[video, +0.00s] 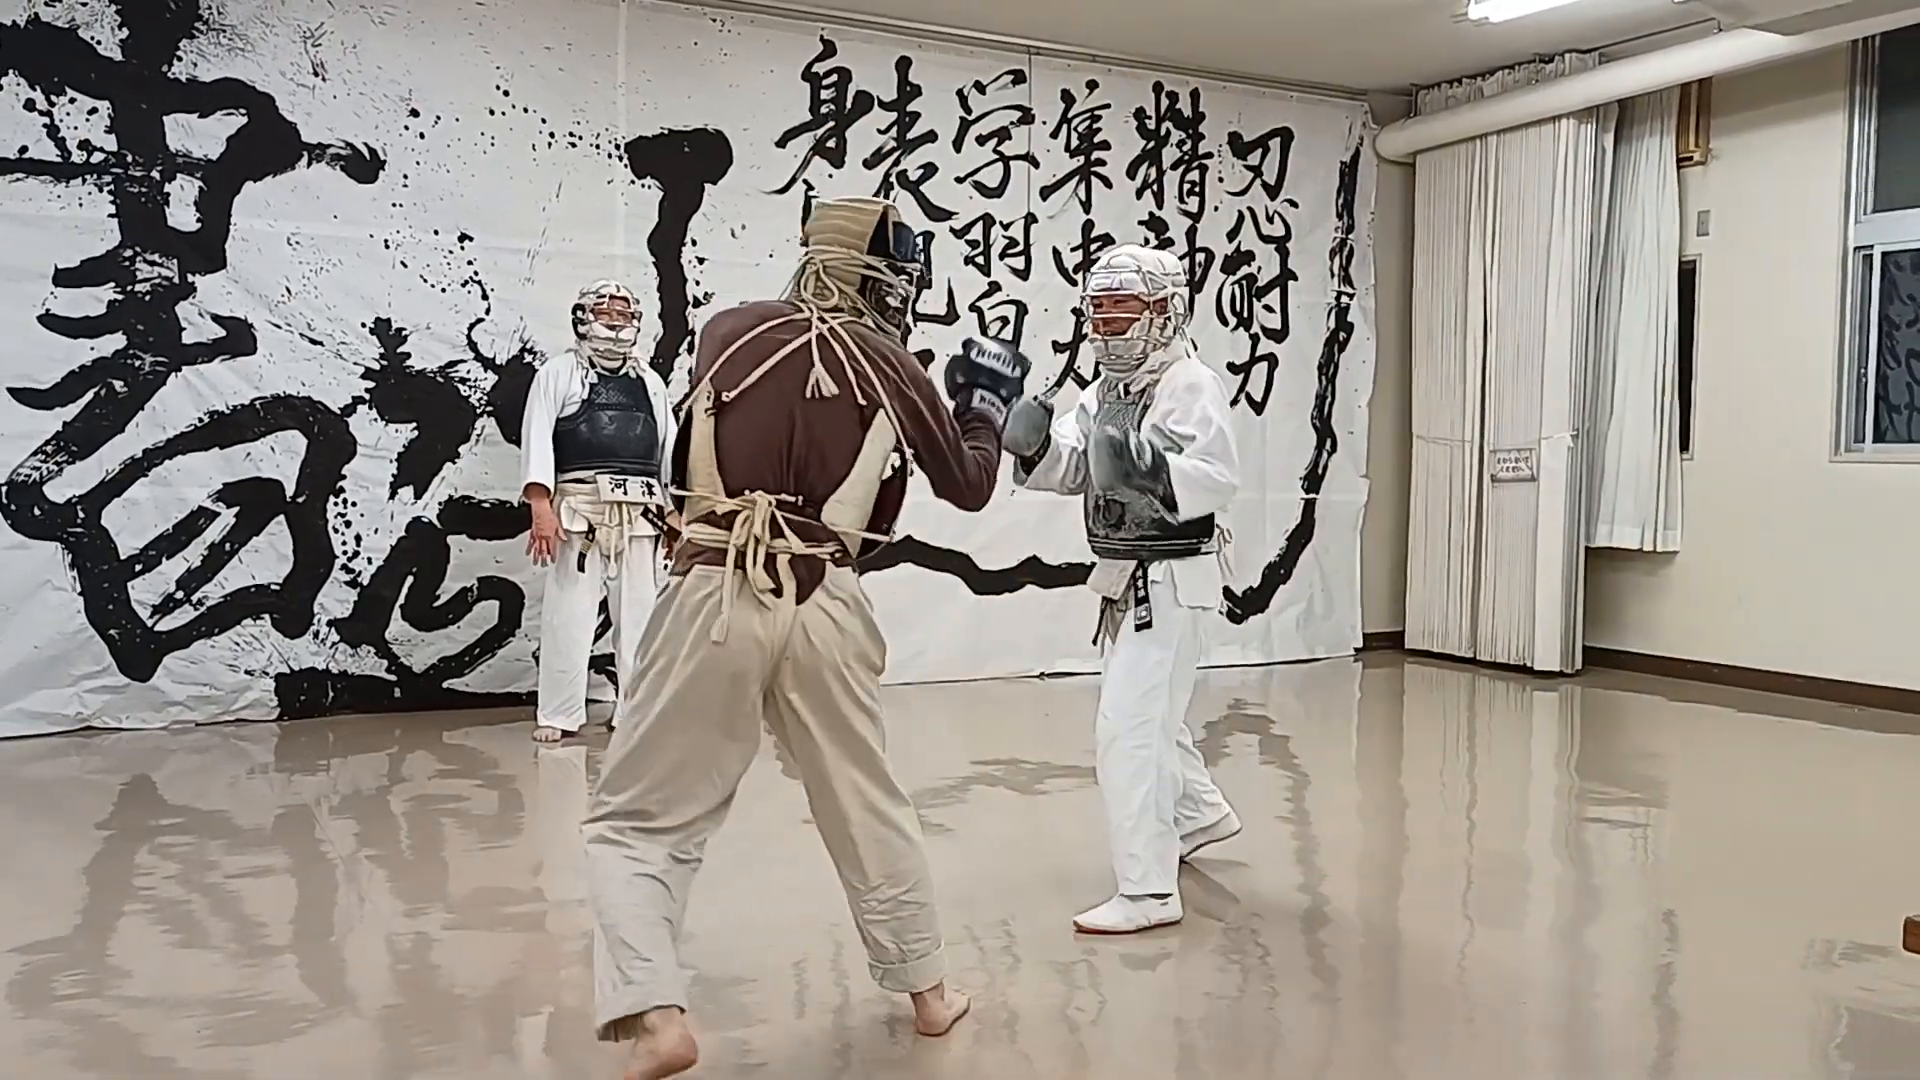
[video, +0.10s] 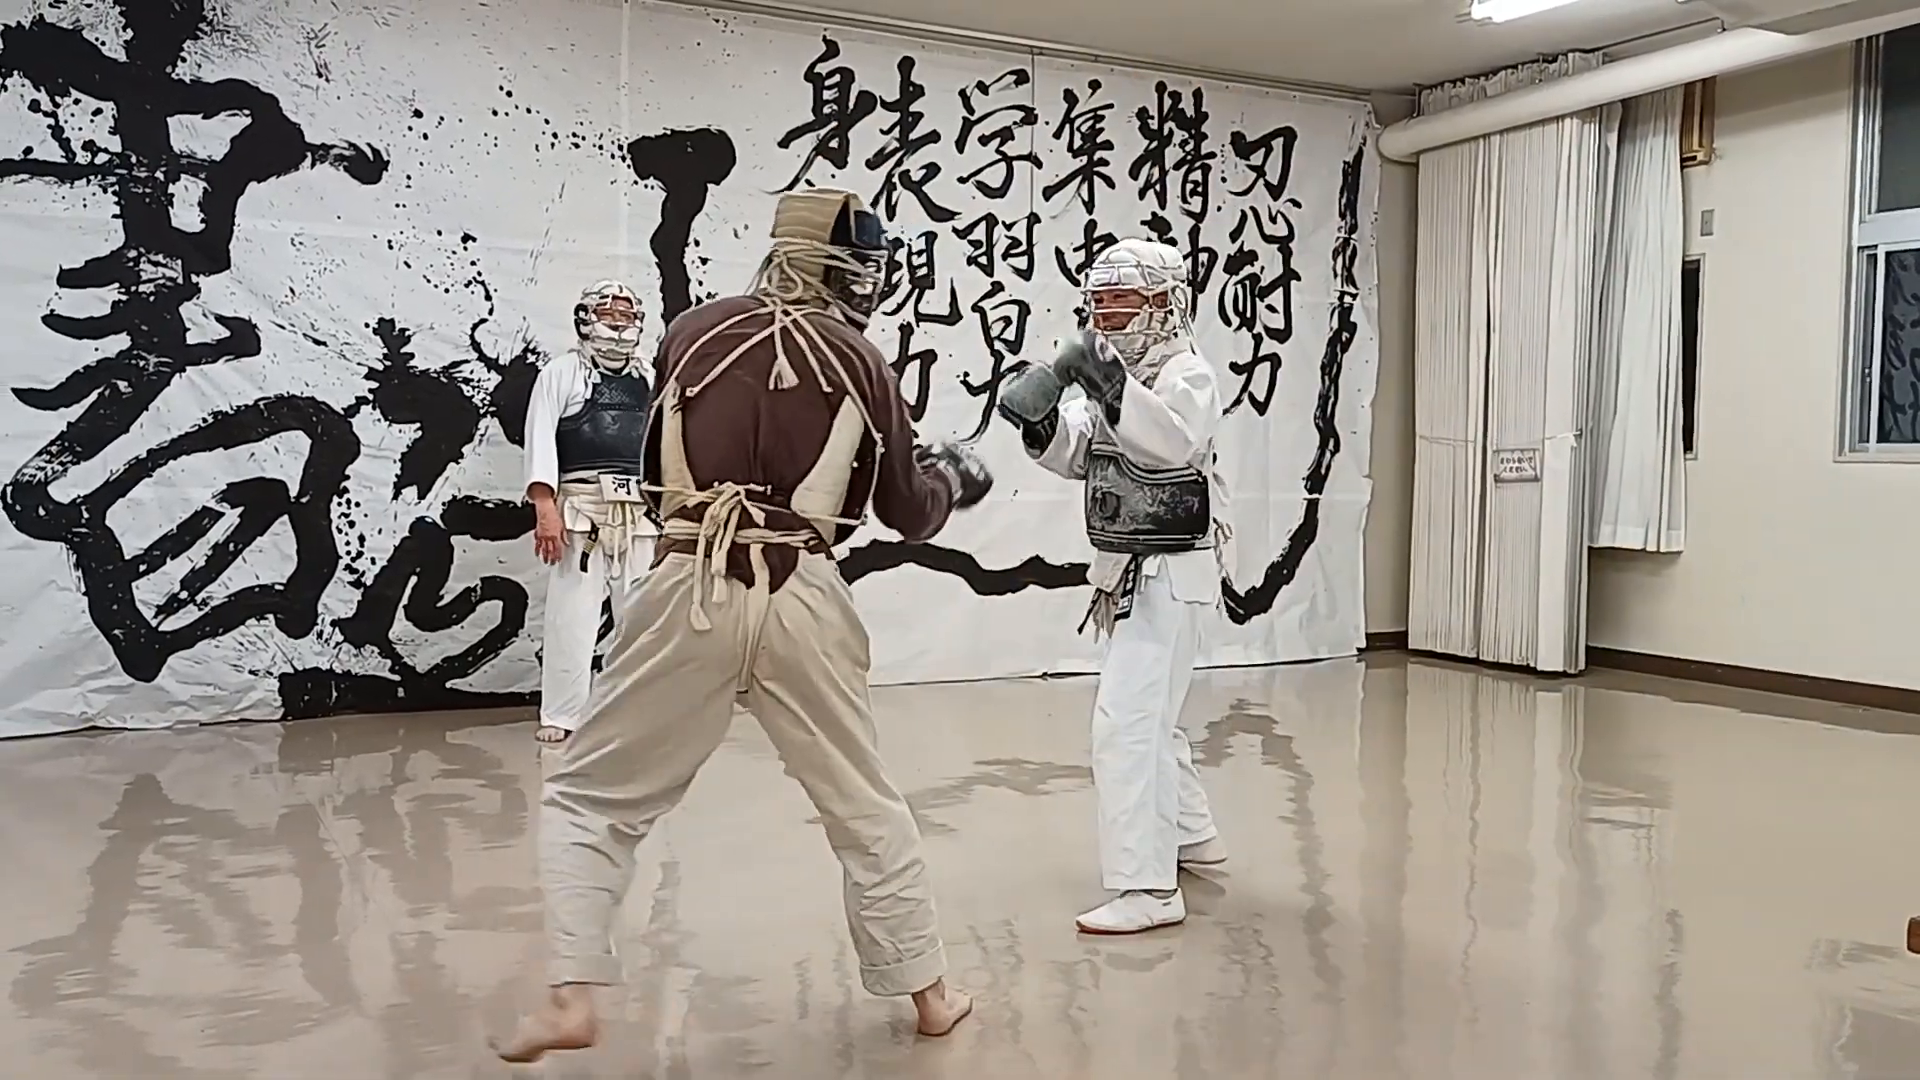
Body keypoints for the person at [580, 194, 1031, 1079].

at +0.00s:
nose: (913, 295)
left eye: (912, 281)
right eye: (909, 281)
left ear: (814, 267)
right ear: (886, 280)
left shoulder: (728, 328)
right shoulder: (891, 366)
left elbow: (690, 462)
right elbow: (971, 482)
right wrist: (983, 399)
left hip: (708, 604)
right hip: (826, 611)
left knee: (635, 820)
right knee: (865, 803)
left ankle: (657, 1017)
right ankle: (928, 996)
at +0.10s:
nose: (877, 288)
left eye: (879, 272)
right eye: (870, 272)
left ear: (781, 260)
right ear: (843, 271)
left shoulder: (691, 331)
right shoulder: (858, 361)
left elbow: (661, 476)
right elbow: (907, 507)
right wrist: (951, 479)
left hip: (686, 595)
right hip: (804, 601)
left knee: (591, 797)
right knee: (862, 801)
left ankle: (573, 995)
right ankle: (929, 995)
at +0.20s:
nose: (817, 289)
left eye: (815, 275)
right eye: (809, 276)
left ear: (715, 268)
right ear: (787, 278)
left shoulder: (639, 354)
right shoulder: (813, 372)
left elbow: (601, 498)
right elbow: (859, 500)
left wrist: (666, 542)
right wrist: (873, 577)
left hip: (656, 616)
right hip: (779, 615)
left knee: (542, 786)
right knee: (855, 805)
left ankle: (454, 998)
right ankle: (930, 994)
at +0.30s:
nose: (754, 290)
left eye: (752, 275)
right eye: (745, 276)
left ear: (653, 275)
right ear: (721, 282)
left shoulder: (571, 360)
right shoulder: (747, 378)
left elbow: (533, 508)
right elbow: (796, 515)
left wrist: (611, 538)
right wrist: (792, 618)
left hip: (583, 623)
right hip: (706, 623)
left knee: (497, 801)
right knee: (807, 793)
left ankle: (416, 1011)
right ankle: (917, 988)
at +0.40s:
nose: (710, 278)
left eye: (709, 261)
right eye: (702, 262)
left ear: (610, 255)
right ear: (677, 263)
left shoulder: (522, 332)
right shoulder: (687, 354)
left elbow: (469, 480)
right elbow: (704, 512)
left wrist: (550, 522)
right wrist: (725, 607)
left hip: (525, 601)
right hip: (646, 603)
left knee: (462, 791)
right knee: (752, 781)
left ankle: (412, 1009)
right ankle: (834, 982)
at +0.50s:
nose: (685, 228)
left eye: (684, 211)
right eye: (678, 212)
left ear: (586, 204)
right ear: (652, 214)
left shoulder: (500, 284)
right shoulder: (661, 301)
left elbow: (426, 413)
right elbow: (691, 447)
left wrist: (500, 444)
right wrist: (705, 547)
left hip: (505, 552)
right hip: (623, 553)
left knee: (469, 763)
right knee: (682, 757)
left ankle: (409, 994)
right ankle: (711, 972)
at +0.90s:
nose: (673, 254)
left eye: (673, 240)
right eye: (667, 241)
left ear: (577, 230)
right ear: (642, 243)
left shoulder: (494, 305)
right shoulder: (644, 333)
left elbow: (434, 430)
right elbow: (662, 471)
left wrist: (508, 463)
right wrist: (701, 534)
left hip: (474, 554)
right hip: (584, 561)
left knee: (451, 764)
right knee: (676, 738)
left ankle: (419, 1000)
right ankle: (723, 936)